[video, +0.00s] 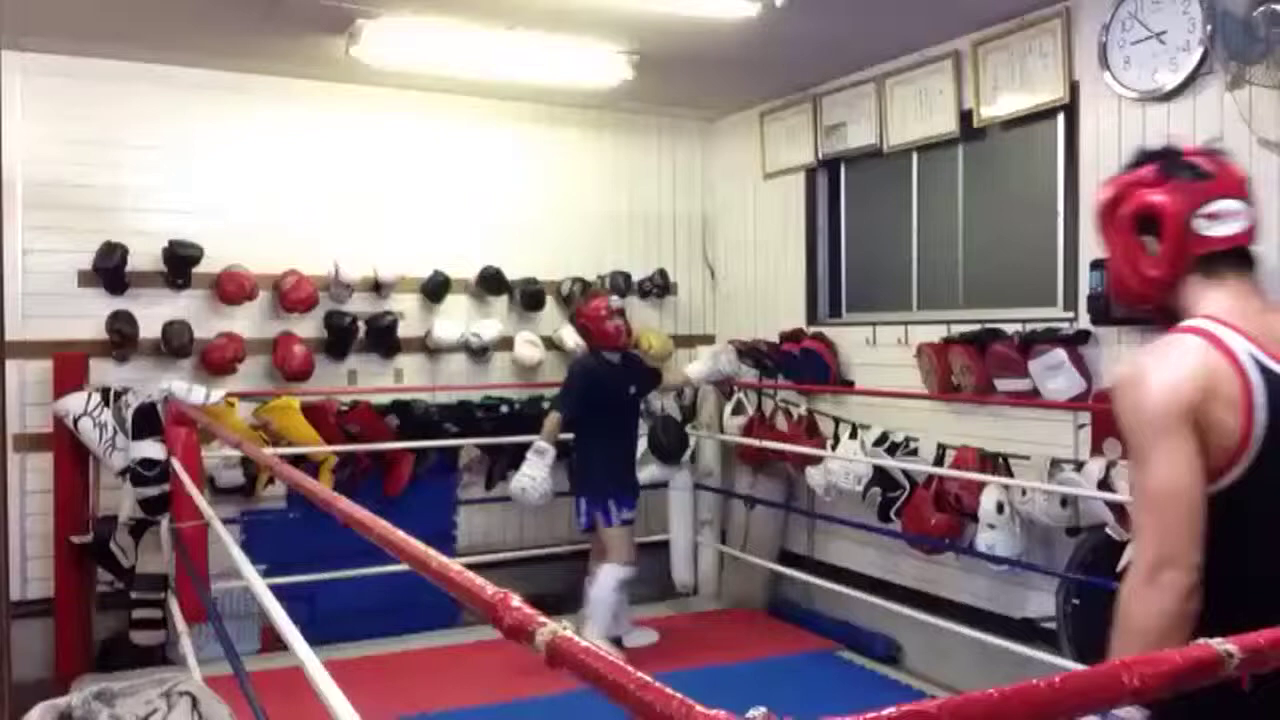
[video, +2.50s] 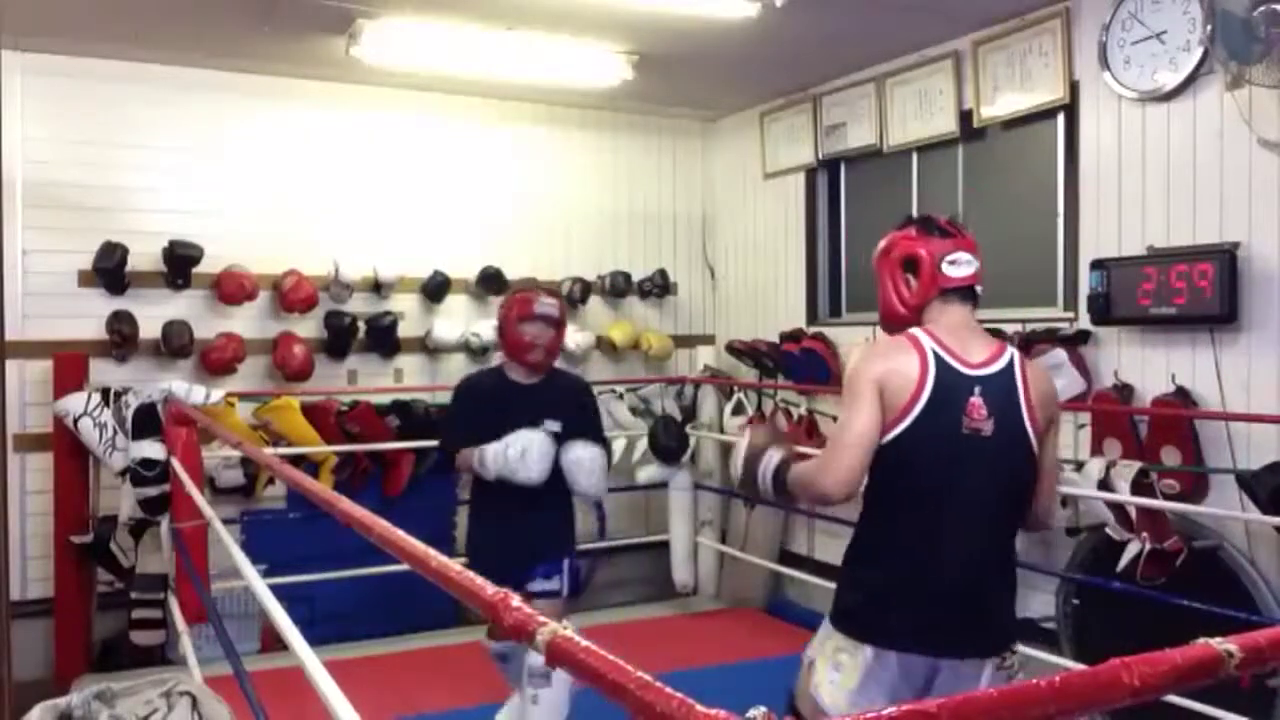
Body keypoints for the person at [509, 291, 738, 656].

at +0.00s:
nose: (618, 322)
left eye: (618, 315)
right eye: (608, 317)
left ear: (622, 320)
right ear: (589, 327)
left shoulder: (631, 364)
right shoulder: (584, 369)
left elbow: (666, 382)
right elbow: (556, 418)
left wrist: (705, 367)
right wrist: (539, 460)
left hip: (621, 471)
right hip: (596, 474)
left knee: (607, 555)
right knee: (620, 556)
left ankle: (619, 625)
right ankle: (593, 637)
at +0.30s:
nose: (612, 326)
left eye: (612, 318)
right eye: (602, 319)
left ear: (613, 322)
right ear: (580, 327)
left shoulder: (616, 367)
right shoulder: (570, 372)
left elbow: (632, 407)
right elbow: (549, 426)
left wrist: (669, 401)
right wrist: (549, 471)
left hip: (613, 475)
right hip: (582, 478)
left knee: (607, 554)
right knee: (575, 557)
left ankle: (618, 629)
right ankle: (547, 641)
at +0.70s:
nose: (603, 332)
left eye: (605, 323)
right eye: (594, 324)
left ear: (607, 327)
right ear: (572, 329)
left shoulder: (601, 371)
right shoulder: (555, 375)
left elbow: (596, 416)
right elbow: (529, 424)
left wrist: (630, 424)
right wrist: (525, 473)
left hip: (601, 477)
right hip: (563, 483)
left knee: (621, 553)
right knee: (556, 563)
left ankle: (627, 638)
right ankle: (543, 646)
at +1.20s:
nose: (637, 329)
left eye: (640, 320)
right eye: (629, 320)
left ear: (643, 325)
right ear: (606, 325)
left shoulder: (642, 375)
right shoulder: (578, 370)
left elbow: (656, 430)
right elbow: (555, 420)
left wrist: (669, 472)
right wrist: (564, 468)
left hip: (626, 479)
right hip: (583, 480)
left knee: (632, 566)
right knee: (576, 576)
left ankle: (634, 662)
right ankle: (550, 645)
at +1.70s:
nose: (579, 327)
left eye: (583, 318)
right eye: (568, 320)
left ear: (592, 323)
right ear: (547, 329)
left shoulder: (612, 371)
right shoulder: (531, 385)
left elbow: (641, 421)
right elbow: (520, 442)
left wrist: (660, 455)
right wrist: (537, 471)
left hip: (613, 499)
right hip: (560, 505)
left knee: (629, 586)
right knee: (553, 596)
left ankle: (634, 663)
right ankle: (542, 694)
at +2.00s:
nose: (536, 331)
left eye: (542, 321)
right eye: (524, 323)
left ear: (554, 325)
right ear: (504, 333)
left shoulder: (578, 371)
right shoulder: (493, 390)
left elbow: (601, 420)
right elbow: (481, 450)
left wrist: (608, 445)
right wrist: (508, 462)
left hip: (587, 504)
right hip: (533, 511)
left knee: (610, 598)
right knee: (540, 603)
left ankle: (608, 686)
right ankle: (541, 696)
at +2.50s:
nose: (538, 338)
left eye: (548, 329)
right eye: (528, 327)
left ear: (560, 337)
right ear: (506, 330)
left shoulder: (573, 390)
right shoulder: (476, 389)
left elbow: (593, 448)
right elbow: (457, 452)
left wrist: (587, 464)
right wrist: (498, 457)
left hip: (550, 526)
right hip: (492, 529)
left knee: (543, 631)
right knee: (501, 636)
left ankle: (544, 708)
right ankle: (527, 696)